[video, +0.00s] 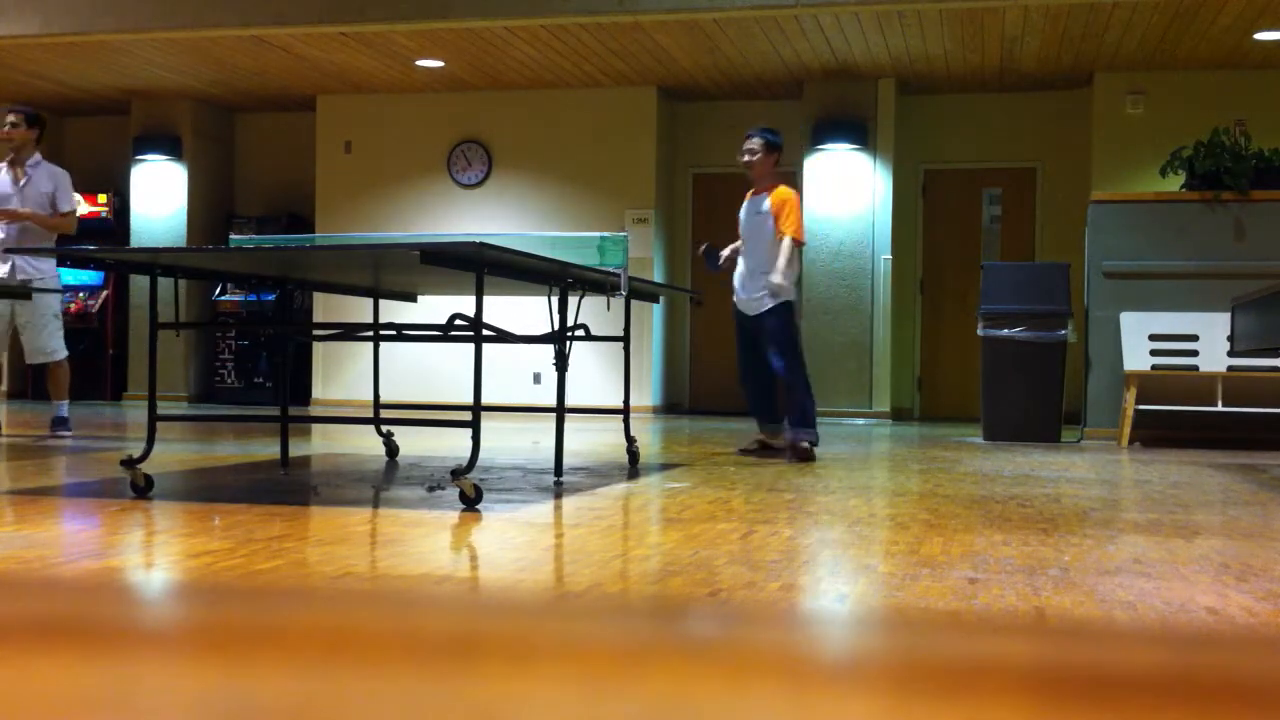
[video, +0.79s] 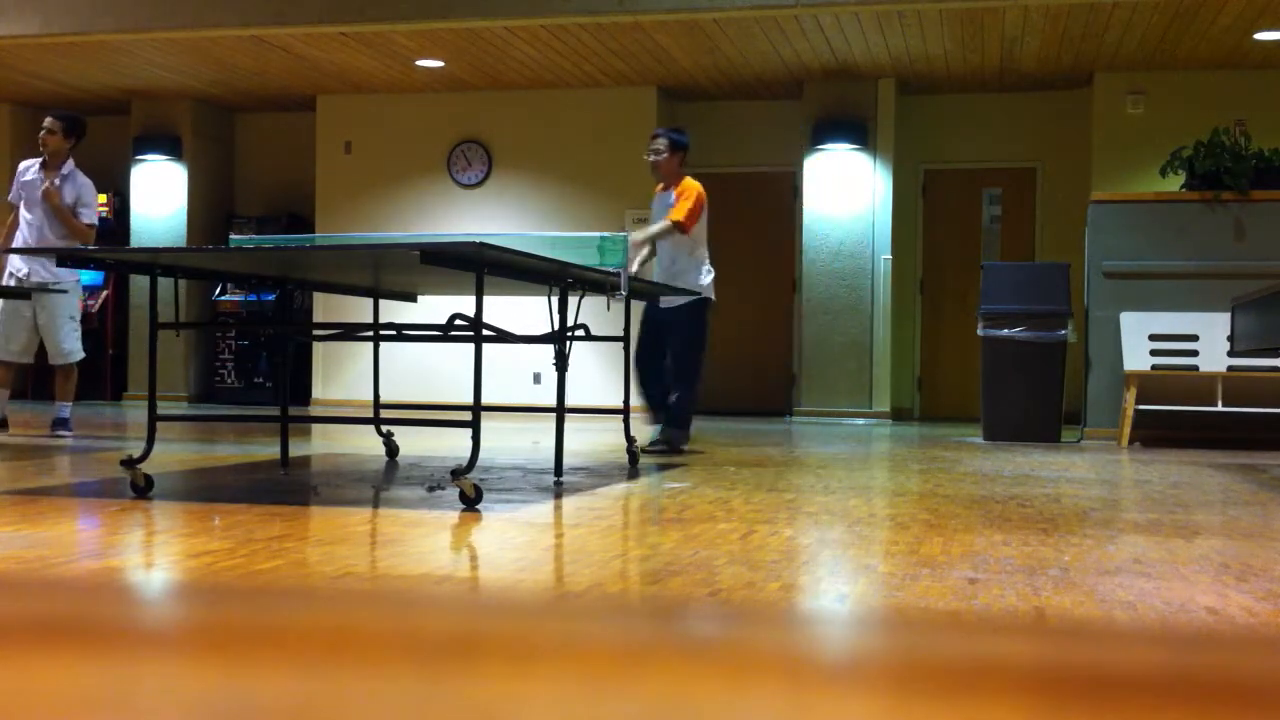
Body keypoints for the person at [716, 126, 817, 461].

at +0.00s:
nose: (746, 158)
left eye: (753, 152)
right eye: (744, 152)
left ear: (773, 157)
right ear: (743, 158)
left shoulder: (785, 196)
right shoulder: (749, 200)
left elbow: (789, 239)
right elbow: (750, 240)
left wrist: (780, 274)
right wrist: (730, 249)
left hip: (773, 297)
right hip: (745, 298)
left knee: (786, 364)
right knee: (754, 368)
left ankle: (802, 437)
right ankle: (771, 435)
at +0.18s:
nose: (723, 156)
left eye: (731, 150)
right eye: (723, 151)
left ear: (752, 157)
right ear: (724, 157)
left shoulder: (761, 193)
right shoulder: (734, 200)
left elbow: (785, 240)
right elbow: (742, 242)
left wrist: (788, 287)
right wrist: (716, 252)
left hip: (753, 291)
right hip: (734, 292)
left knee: (749, 358)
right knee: (742, 360)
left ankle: (771, 431)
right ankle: (766, 428)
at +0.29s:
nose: (712, 156)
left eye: (720, 150)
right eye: (712, 151)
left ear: (740, 156)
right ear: (713, 158)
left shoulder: (753, 191)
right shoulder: (722, 200)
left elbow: (776, 235)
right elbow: (729, 240)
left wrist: (779, 283)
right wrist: (699, 247)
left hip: (745, 289)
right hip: (725, 291)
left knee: (725, 357)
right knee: (750, 359)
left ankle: (721, 434)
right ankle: (776, 431)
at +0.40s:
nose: (701, 160)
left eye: (708, 154)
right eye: (700, 155)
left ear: (728, 160)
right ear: (702, 161)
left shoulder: (740, 194)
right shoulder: (708, 201)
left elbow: (765, 240)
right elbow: (706, 243)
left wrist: (765, 285)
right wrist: (678, 244)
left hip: (733, 292)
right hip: (715, 293)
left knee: (704, 359)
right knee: (744, 362)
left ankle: (682, 433)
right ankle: (776, 429)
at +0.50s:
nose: (681, 160)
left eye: (688, 155)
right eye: (681, 155)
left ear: (708, 160)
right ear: (687, 161)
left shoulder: (720, 197)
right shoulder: (689, 198)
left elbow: (733, 251)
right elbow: (679, 241)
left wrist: (734, 301)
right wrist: (657, 244)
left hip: (710, 296)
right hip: (694, 295)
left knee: (684, 361)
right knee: (722, 362)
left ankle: (669, 433)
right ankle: (765, 421)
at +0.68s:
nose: (664, 159)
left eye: (670, 153)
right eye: (662, 154)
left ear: (690, 157)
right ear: (666, 159)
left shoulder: (700, 191)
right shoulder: (672, 194)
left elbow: (688, 236)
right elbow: (661, 233)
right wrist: (642, 253)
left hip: (695, 290)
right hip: (671, 289)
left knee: (684, 363)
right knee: (665, 358)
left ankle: (673, 437)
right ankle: (715, 409)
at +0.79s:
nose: (651, 159)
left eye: (658, 153)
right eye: (650, 153)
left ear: (679, 156)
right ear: (651, 158)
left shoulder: (691, 189)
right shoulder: (659, 195)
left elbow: (677, 223)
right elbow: (656, 239)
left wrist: (635, 238)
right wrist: (635, 265)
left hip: (690, 292)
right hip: (662, 291)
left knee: (683, 364)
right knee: (647, 358)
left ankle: (676, 434)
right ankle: (667, 422)